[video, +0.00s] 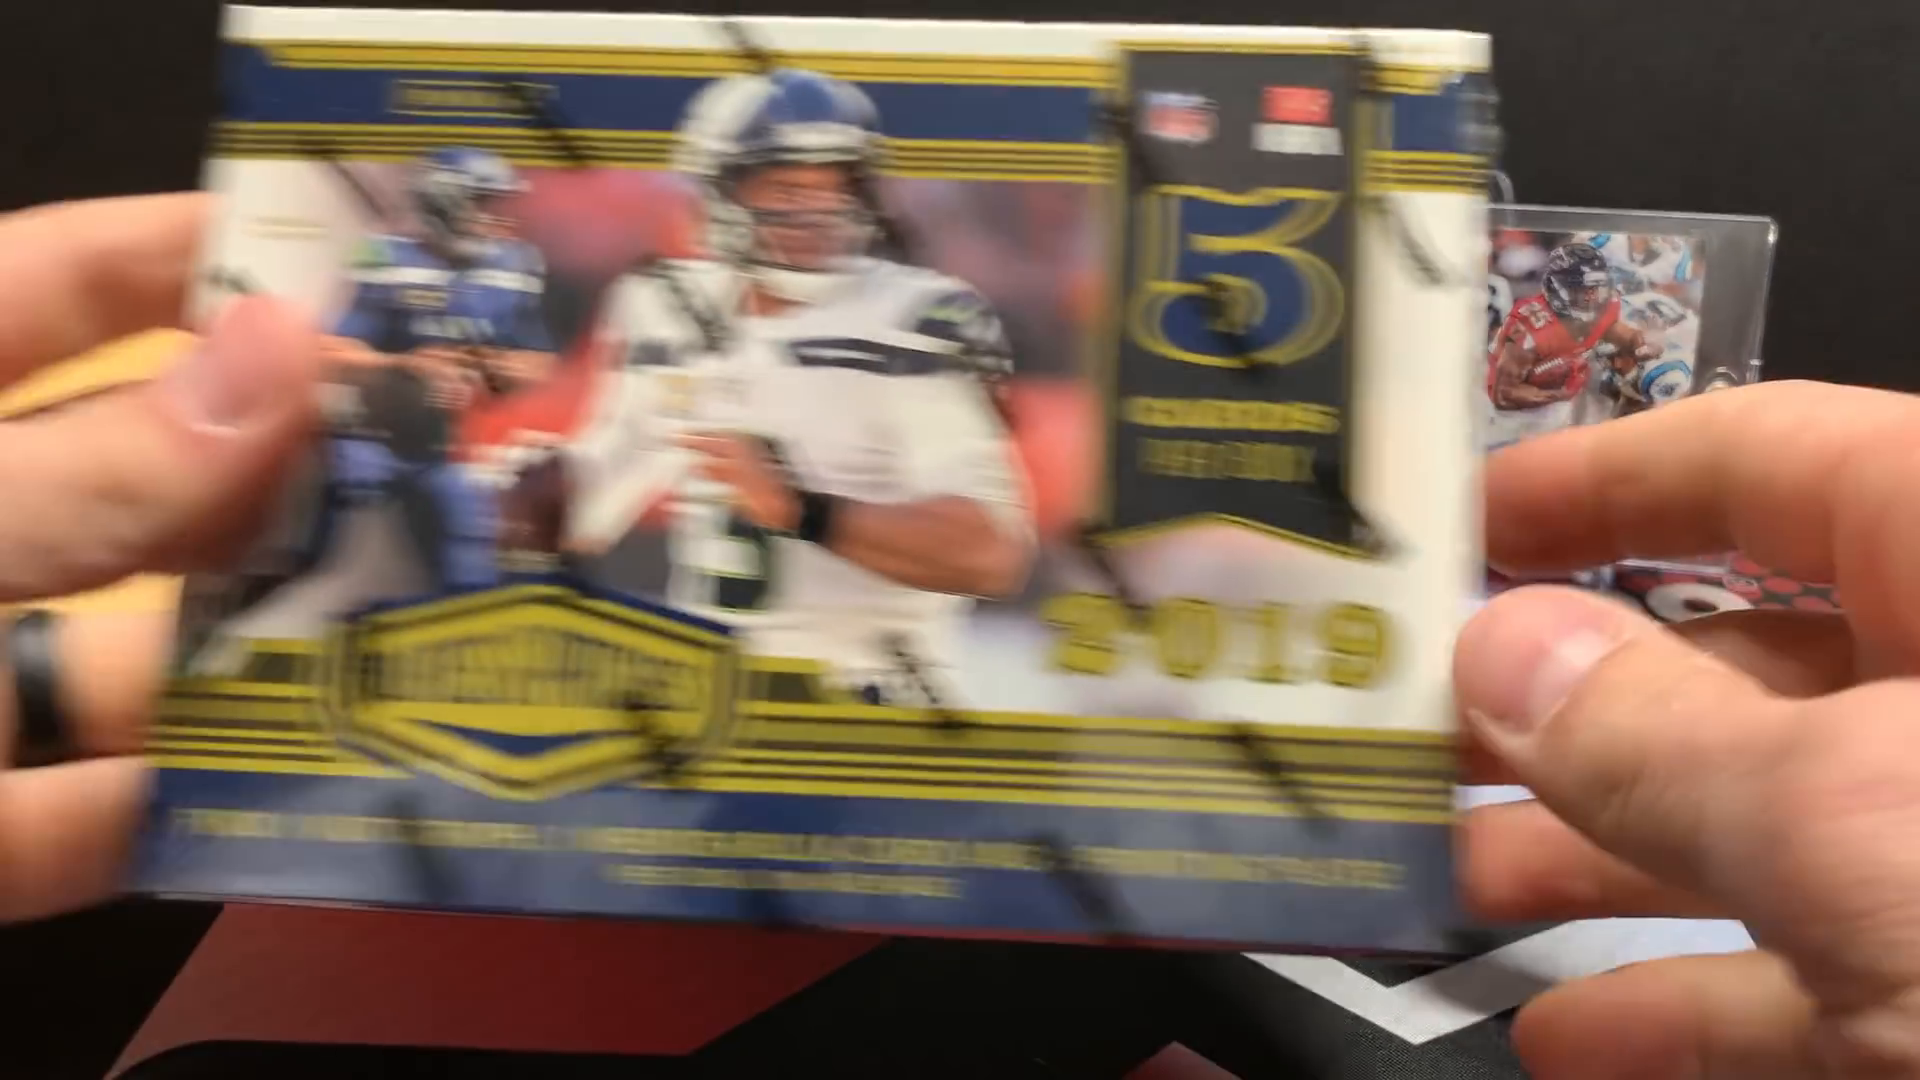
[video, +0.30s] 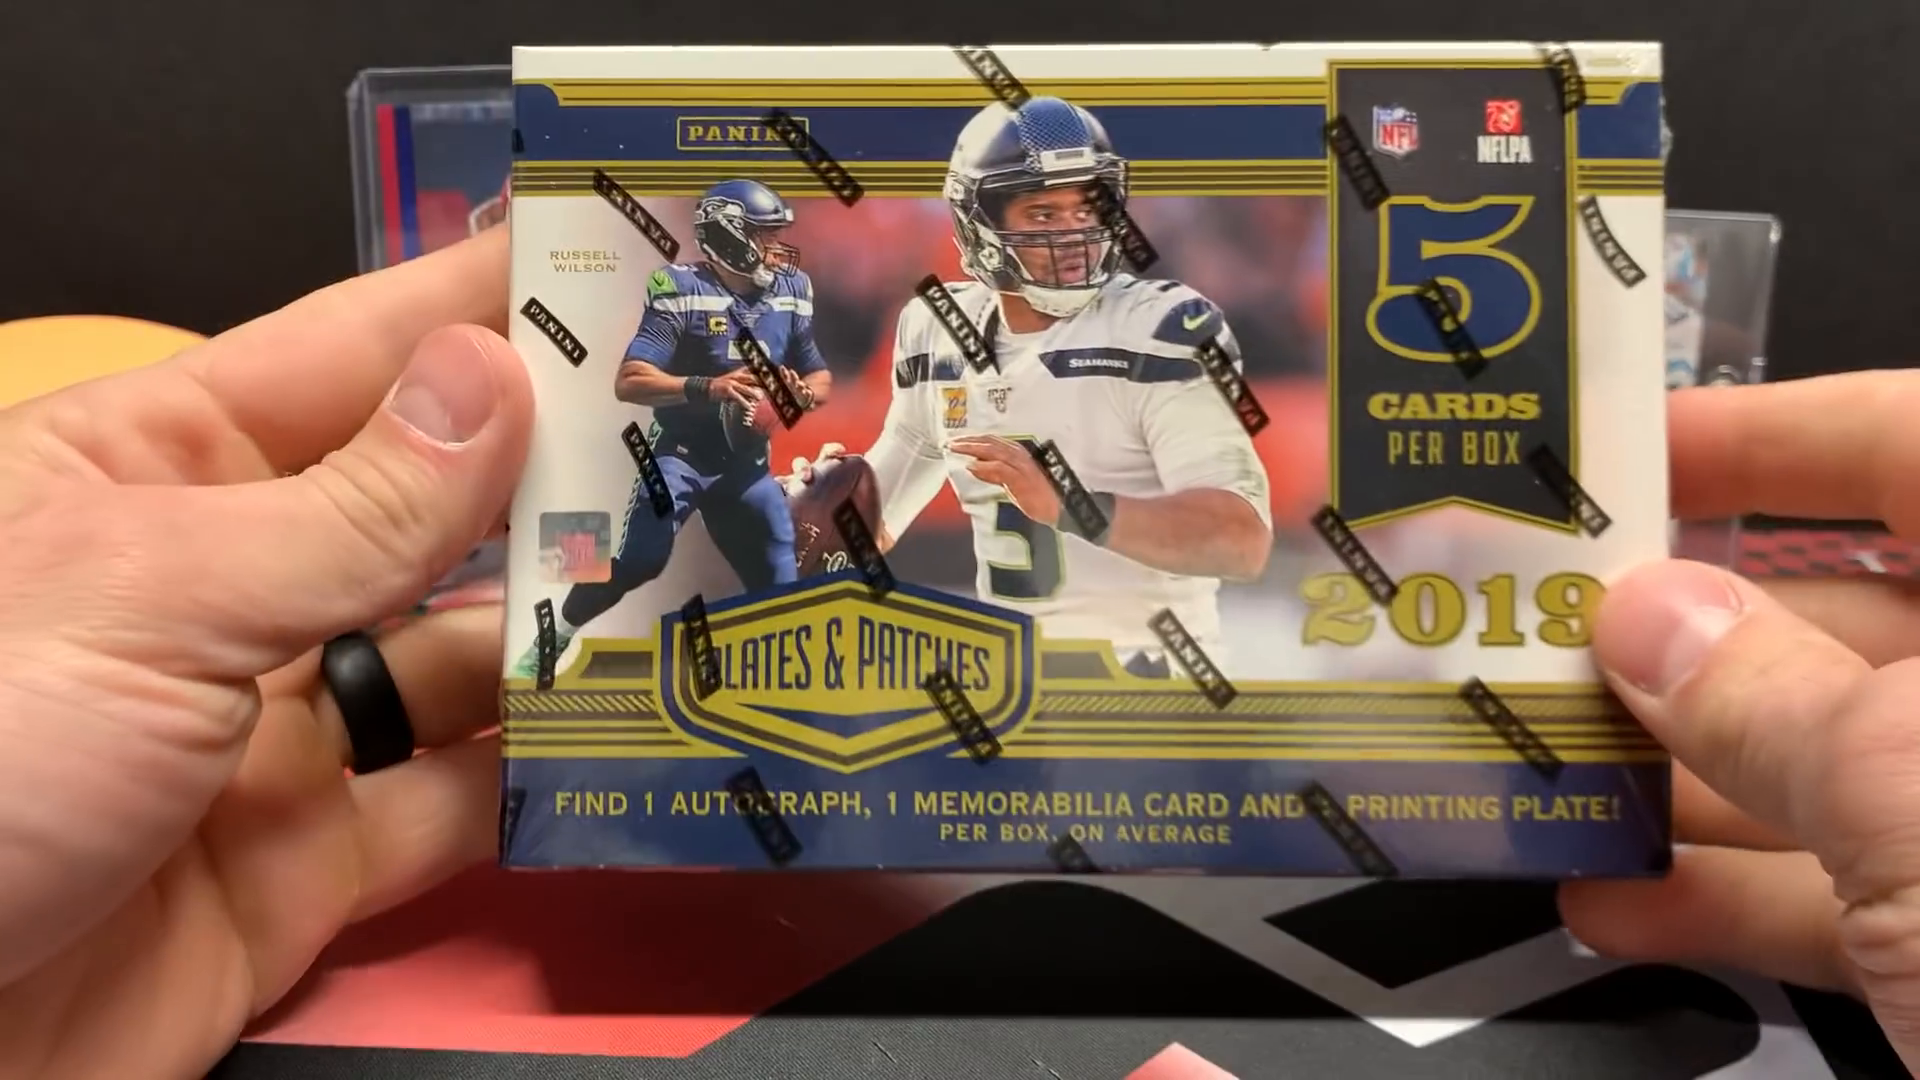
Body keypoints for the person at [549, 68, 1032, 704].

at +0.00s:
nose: (814, 210)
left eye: (835, 185)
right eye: (784, 185)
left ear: (864, 196)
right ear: (724, 192)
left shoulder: (925, 325)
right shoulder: (663, 314)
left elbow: (994, 551)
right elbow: (590, 499)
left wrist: (807, 511)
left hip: (884, 717)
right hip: (709, 702)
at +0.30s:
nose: (1072, 232)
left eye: (1085, 207)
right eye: (1041, 215)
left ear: (1109, 210)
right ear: (980, 226)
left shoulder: (1166, 329)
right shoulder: (936, 328)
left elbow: (1240, 538)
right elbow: (866, 526)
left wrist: (1072, 507)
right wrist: (830, 499)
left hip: (1153, 688)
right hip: (1005, 680)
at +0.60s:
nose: (978, 228)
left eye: (991, 205)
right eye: (949, 212)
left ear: (1013, 207)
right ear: (891, 223)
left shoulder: (1069, 320)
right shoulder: (848, 321)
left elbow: (1140, 521)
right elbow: (781, 505)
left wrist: (979, 490)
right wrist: (747, 483)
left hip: (1058, 667)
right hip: (912, 663)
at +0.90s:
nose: (980, 218)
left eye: (993, 195)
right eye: (952, 201)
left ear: (1013, 198)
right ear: (894, 212)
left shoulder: (1067, 307)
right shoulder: (847, 307)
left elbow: (1138, 506)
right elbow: (777, 489)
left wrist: (979, 474)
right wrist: (741, 465)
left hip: (1051, 651)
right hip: (907, 645)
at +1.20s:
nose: (999, 204)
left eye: (1013, 182)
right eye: (971, 187)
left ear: (1033, 183)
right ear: (915, 196)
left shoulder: (1085, 293)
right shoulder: (864, 289)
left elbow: (1153, 489)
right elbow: (785, 468)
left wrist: (993, 455)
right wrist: (755, 437)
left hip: (1065, 626)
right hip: (922, 620)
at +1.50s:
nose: (1015, 213)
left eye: (1027, 192)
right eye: (988, 196)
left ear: (1048, 193)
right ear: (933, 205)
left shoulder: (1102, 297)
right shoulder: (880, 294)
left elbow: (1173, 490)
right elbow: (803, 466)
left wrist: (1012, 456)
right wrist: (771, 433)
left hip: (1090, 619)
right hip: (946, 616)